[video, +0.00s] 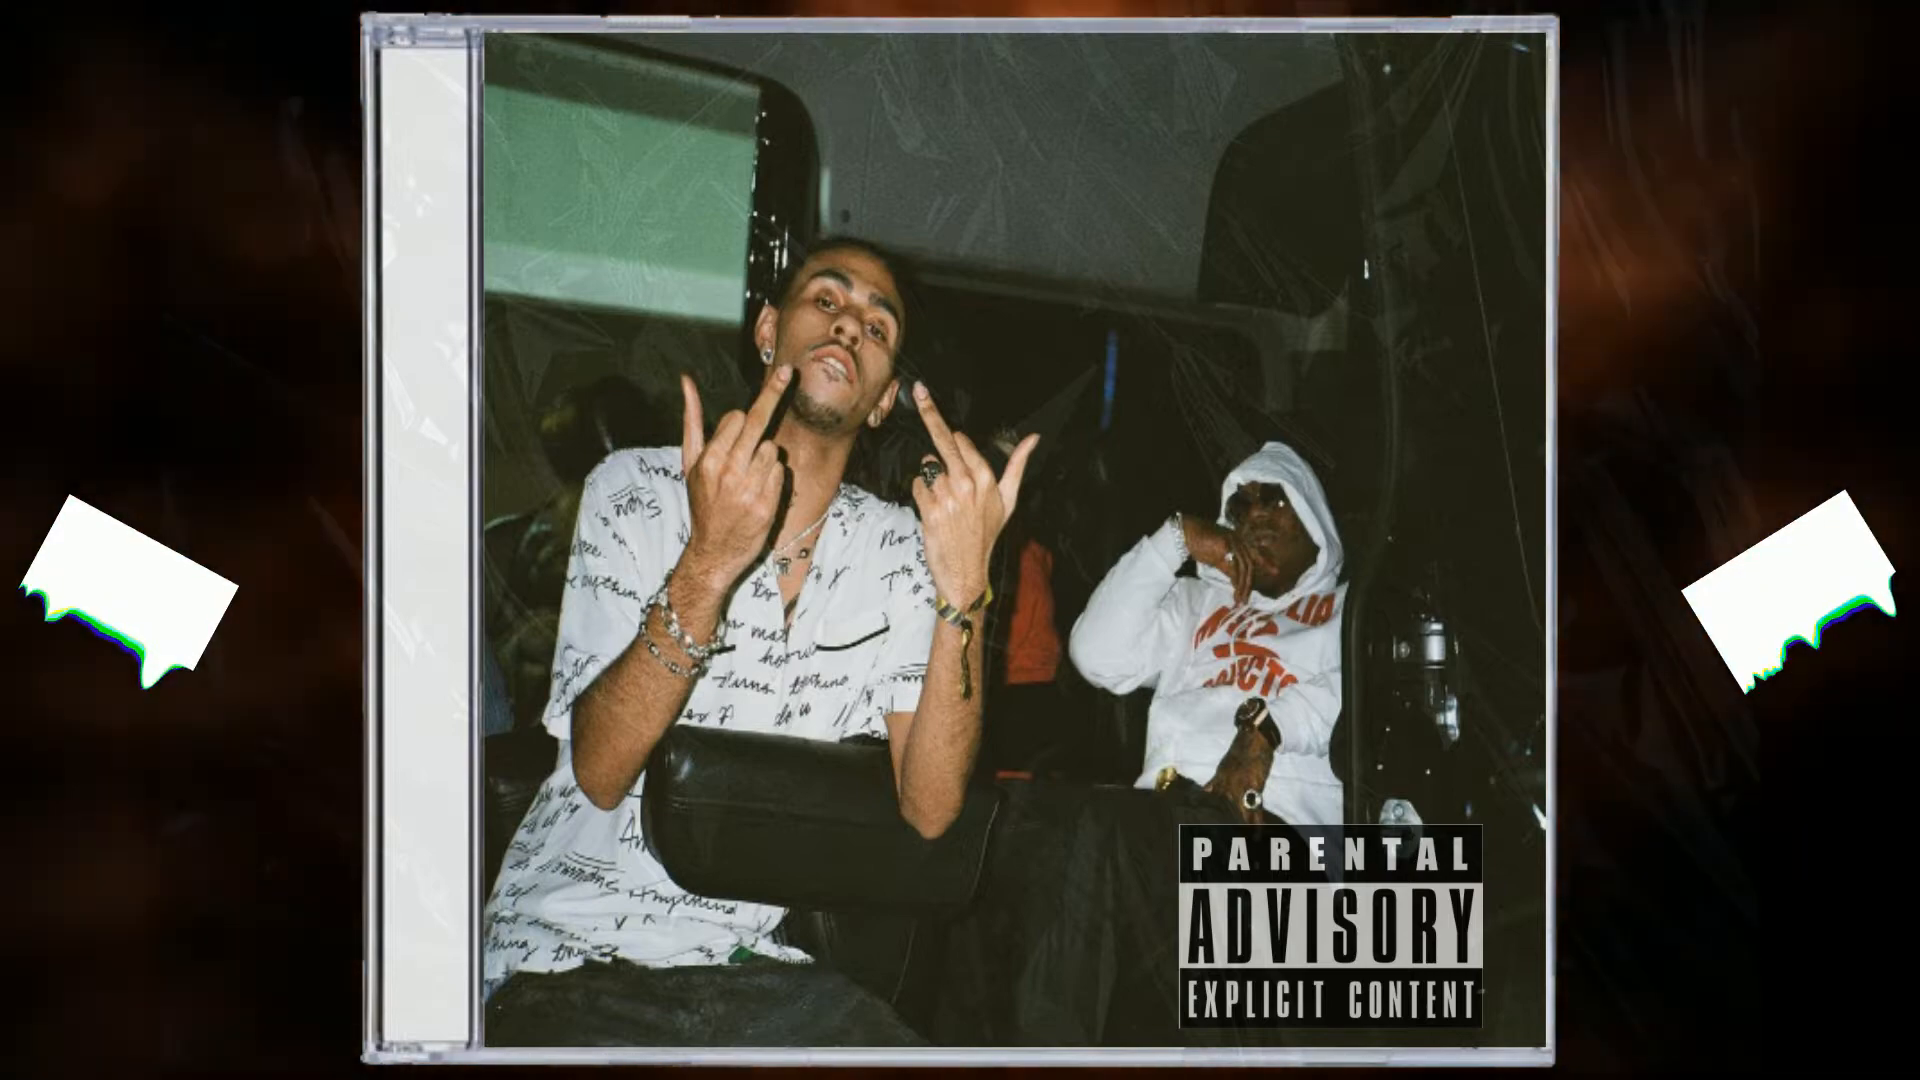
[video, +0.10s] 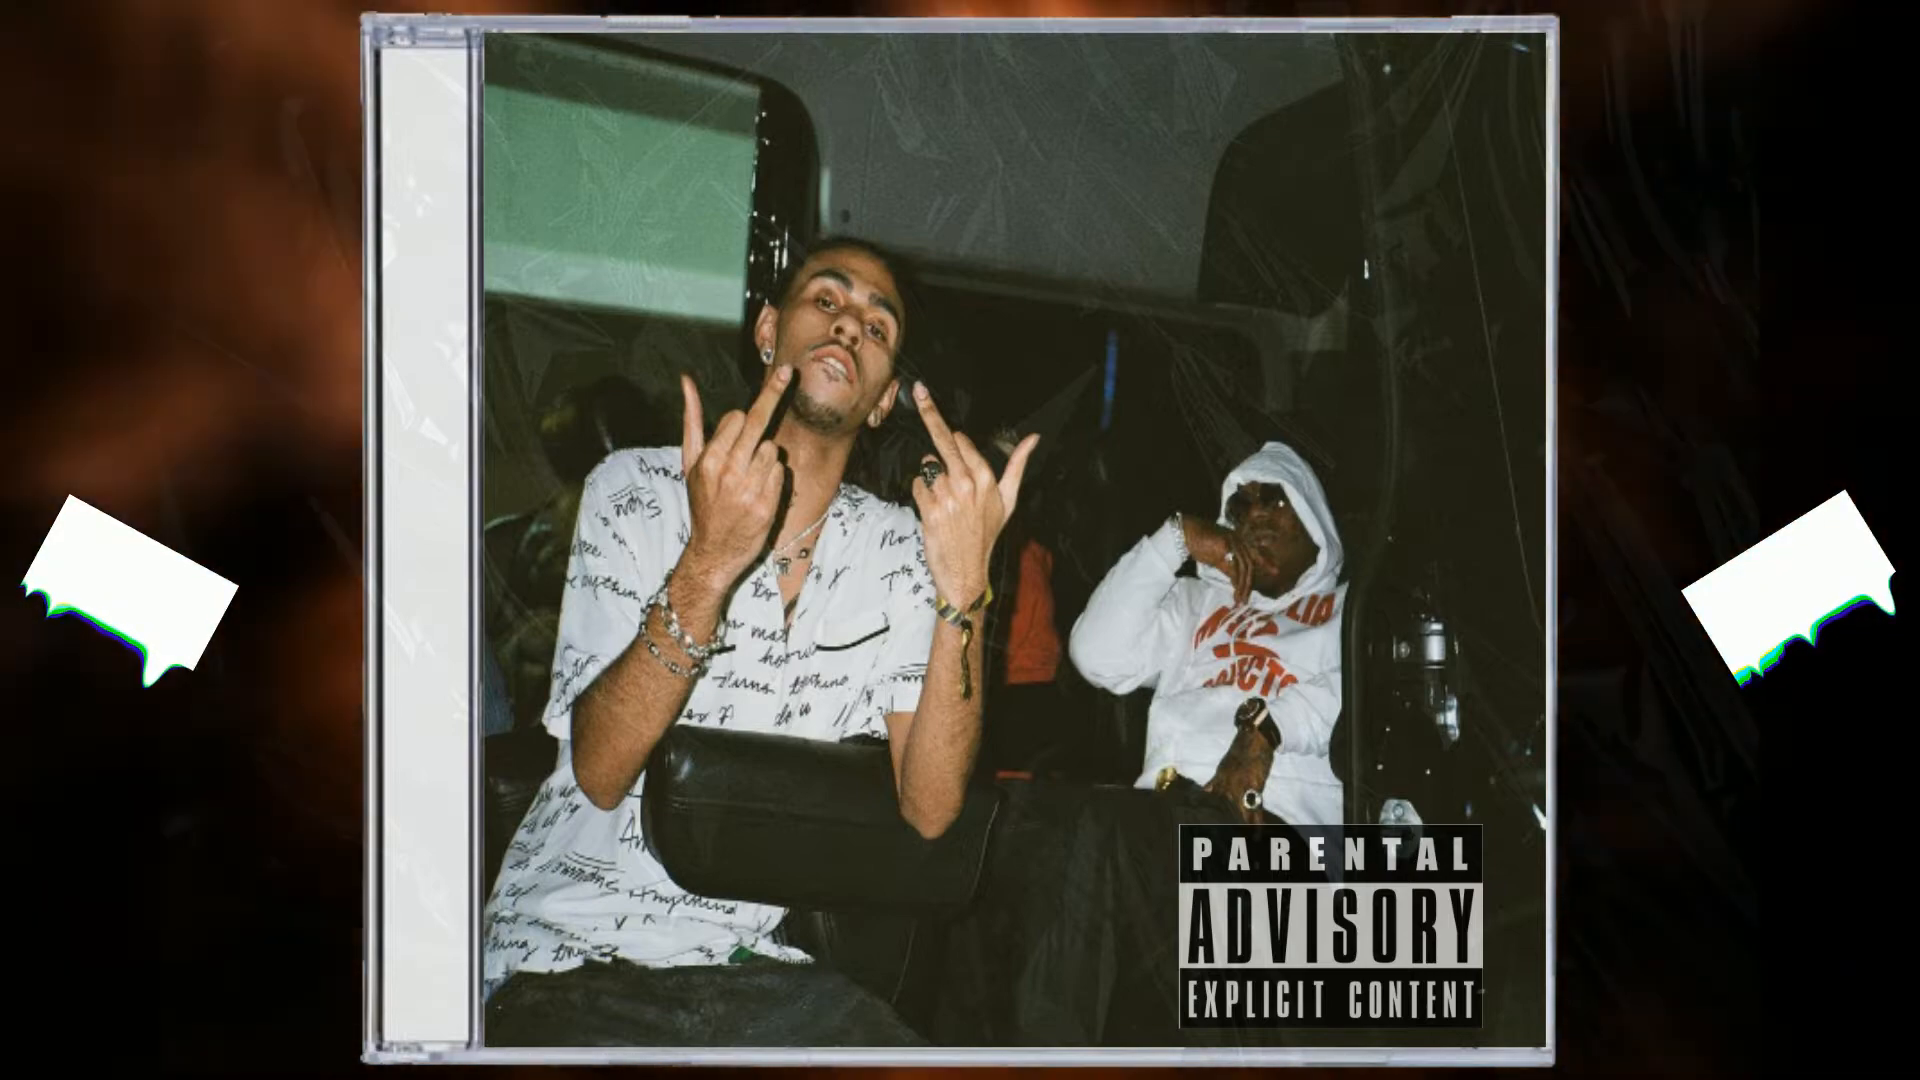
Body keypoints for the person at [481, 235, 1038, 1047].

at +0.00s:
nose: (852, 323)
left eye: (879, 323)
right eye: (826, 299)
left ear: (887, 395)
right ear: (766, 333)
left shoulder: (902, 550)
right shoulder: (638, 490)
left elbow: (931, 809)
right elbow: (601, 770)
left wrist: (966, 593)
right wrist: (709, 564)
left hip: (755, 957)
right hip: (571, 946)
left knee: (904, 1060)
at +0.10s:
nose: (852, 323)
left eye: (879, 323)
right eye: (826, 299)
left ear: (887, 395)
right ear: (766, 333)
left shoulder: (902, 550)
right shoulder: (638, 490)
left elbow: (931, 809)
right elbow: (601, 770)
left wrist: (966, 593)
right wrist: (709, 564)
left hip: (755, 957)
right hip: (571, 946)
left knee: (906, 1062)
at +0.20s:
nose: (852, 322)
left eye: (879, 323)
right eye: (827, 298)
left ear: (887, 396)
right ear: (766, 333)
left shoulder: (903, 550)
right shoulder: (638, 491)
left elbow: (931, 809)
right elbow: (601, 770)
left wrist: (966, 593)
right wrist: (710, 563)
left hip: (755, 957)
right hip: (571, 945)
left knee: (904, 1059)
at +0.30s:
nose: (852, 323)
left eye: (879, 323)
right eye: (827, 298)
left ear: (887, 396)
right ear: (766, 333)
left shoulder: (903, 550)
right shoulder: (638, 491)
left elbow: (931, 809)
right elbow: (601, 770)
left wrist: (966, 593)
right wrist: (710, 563)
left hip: (754, 955)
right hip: (571, 942)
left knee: (903, 1059)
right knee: (619, 1068)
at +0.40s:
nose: (852, 323)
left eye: (879, 324)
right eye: (826, 299)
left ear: (887, 395)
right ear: (766, 333)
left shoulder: (902, 550)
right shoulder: (638, 490)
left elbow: (931, 809)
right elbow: (601, 770)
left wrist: (965, 593)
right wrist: (709, 564)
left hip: (754, 957)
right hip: (570, 945)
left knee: (907, 1061)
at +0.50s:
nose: (852, 322)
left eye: (879, 323)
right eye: (827, 298)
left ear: (887, 396)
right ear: (766, 333)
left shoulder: (903, 551)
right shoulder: (638, 491)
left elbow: (931, 809)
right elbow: (601, 770)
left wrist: (966, 593)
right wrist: (710, 563)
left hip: (754, 956)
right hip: (570, 944)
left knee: (904, 1060)